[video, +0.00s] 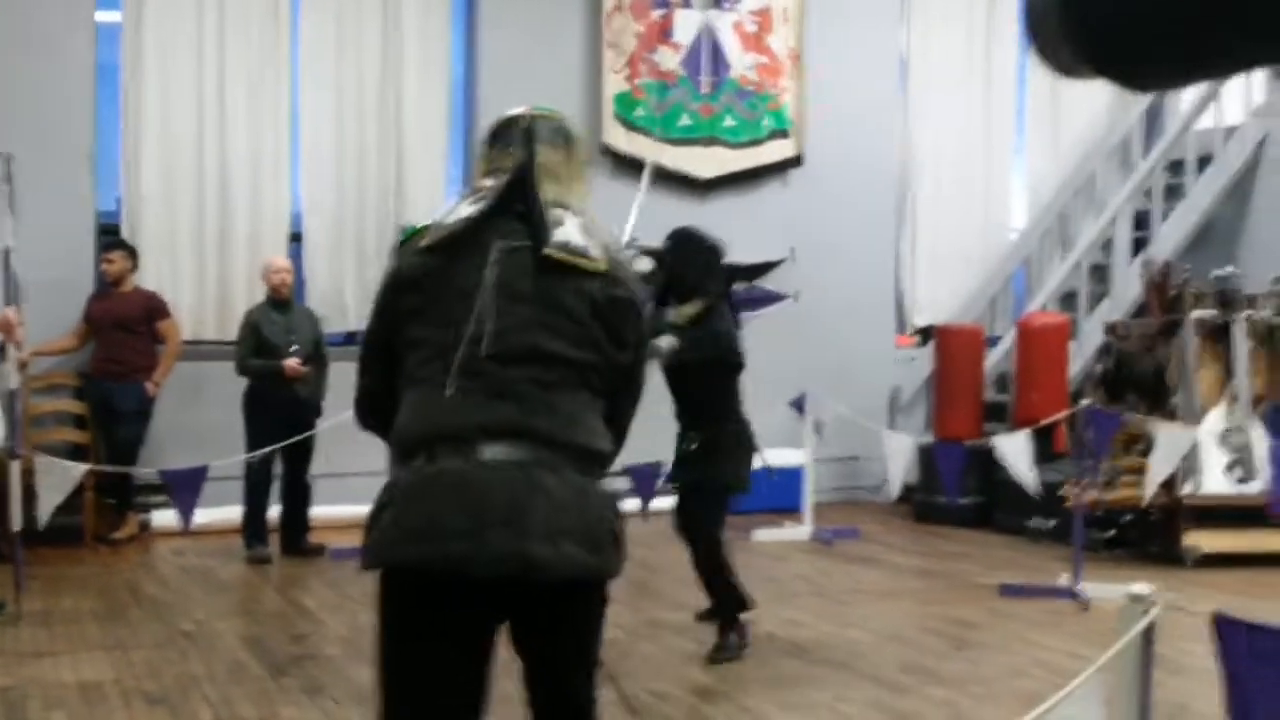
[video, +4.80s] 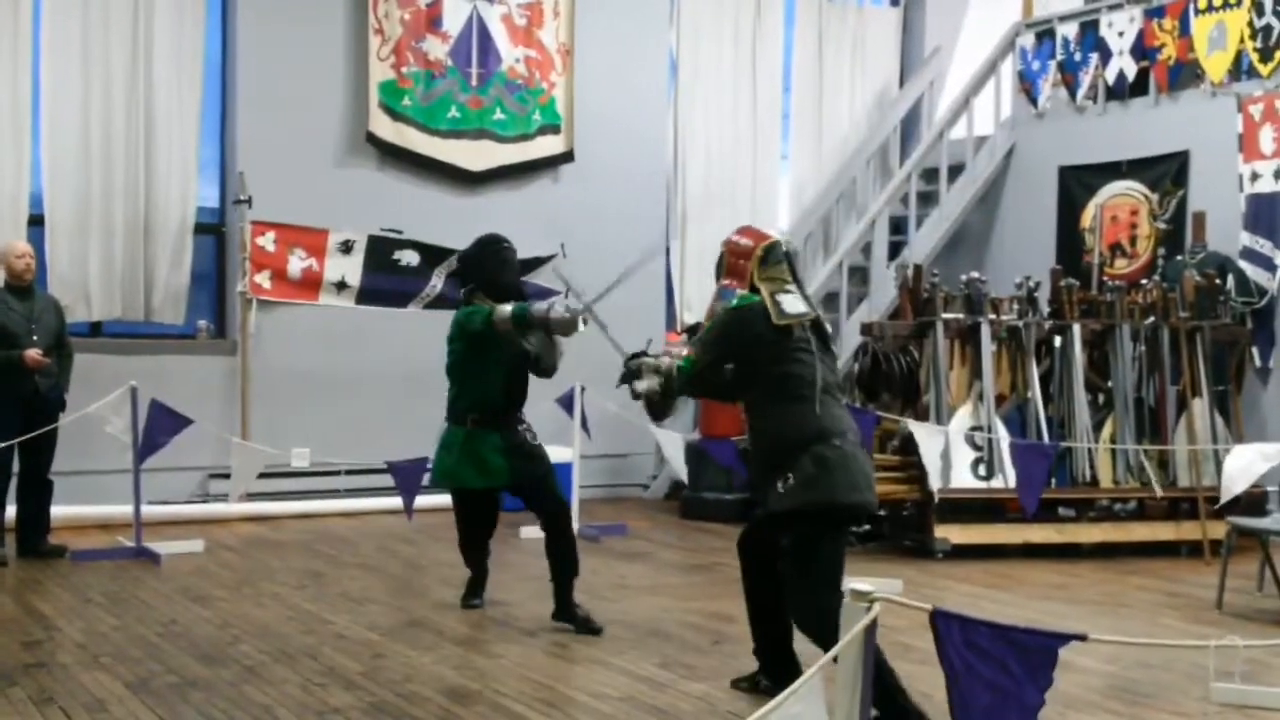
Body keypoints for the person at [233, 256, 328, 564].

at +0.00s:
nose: (282, 278)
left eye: (287, 272)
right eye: (276, 272)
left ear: (294, 277)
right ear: (265, 278)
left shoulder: (307, 317)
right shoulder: (255, 317)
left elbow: (320, 360)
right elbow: (243, 363)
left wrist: (315, 397)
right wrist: (279, 366)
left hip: (301, 404)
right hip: (264, 404)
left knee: (297, 475)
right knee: (259, 473)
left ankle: (295, 538)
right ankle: (256, 541)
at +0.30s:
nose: (241, 279)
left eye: (245, 273)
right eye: (234, 274)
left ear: (251, 279)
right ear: (221, 280)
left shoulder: (263, 319)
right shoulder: (211, 320)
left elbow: (276, 363)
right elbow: (198, 366)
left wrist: (269, 397)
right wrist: (235, 368)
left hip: (256, 407)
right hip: (219, 407)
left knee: (251, 479)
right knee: (213, 477)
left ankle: (248, 542)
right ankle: (209, 545)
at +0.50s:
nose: (204, 277)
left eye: (208, 272)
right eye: (198, 272)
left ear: (214, 277)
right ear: (184, 278)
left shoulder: (227, 317)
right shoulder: (174, 318)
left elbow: (240, 362)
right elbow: (161, 365)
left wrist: (233, 398)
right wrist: (198, 367)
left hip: (220, 408)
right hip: (181, 408)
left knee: (214, 479)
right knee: (176, 477)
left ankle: (211, 541)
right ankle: (171, 545)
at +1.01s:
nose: (156, 269)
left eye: (160, 264)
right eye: (149, 264)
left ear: (167, 270)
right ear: (137, 271)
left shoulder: (181, 310)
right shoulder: (127, 311)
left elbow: (195, 355)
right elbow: (113, 358)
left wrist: (189, 393)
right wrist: (152, 360)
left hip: (174, 401)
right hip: (135, 401)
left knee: (169, 473)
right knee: (130, 472)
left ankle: (167, 537)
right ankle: (126, 541)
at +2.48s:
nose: (115, 279)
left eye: (120, 273)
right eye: (108, 274)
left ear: (128, 279)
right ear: (97, 281)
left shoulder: (141, 319)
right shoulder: (87, 322)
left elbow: (155, 362)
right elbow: (74, 370)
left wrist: (143, 376)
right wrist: (114, 373)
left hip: (135, 413)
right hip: (95, 413)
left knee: (130, 483)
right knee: (91, 484)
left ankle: (126, 554)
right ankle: (87, 555)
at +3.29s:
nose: (73, 270)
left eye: (78, 264)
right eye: (67, 264)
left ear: (84, 271)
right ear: (53, 271)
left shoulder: (98, 311)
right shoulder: (42, 311)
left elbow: (112, 358)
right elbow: (27, 360)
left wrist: (106, 396)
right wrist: (67, 363)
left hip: (91, 406)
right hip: (50, 407)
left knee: (86, 479)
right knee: (44, 476)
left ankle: (82, 544)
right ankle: (40, 547)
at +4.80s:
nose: (28, 262)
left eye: (31, 256)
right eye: (20, 256)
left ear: (37, 263)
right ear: (5, 265)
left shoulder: (49, 304)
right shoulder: (1, 303)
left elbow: (64, 350)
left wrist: (59, 389)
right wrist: (19, 357)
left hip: (42, 402)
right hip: (5, 402)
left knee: (37, 475)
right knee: (2, 474)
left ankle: (33, 541)